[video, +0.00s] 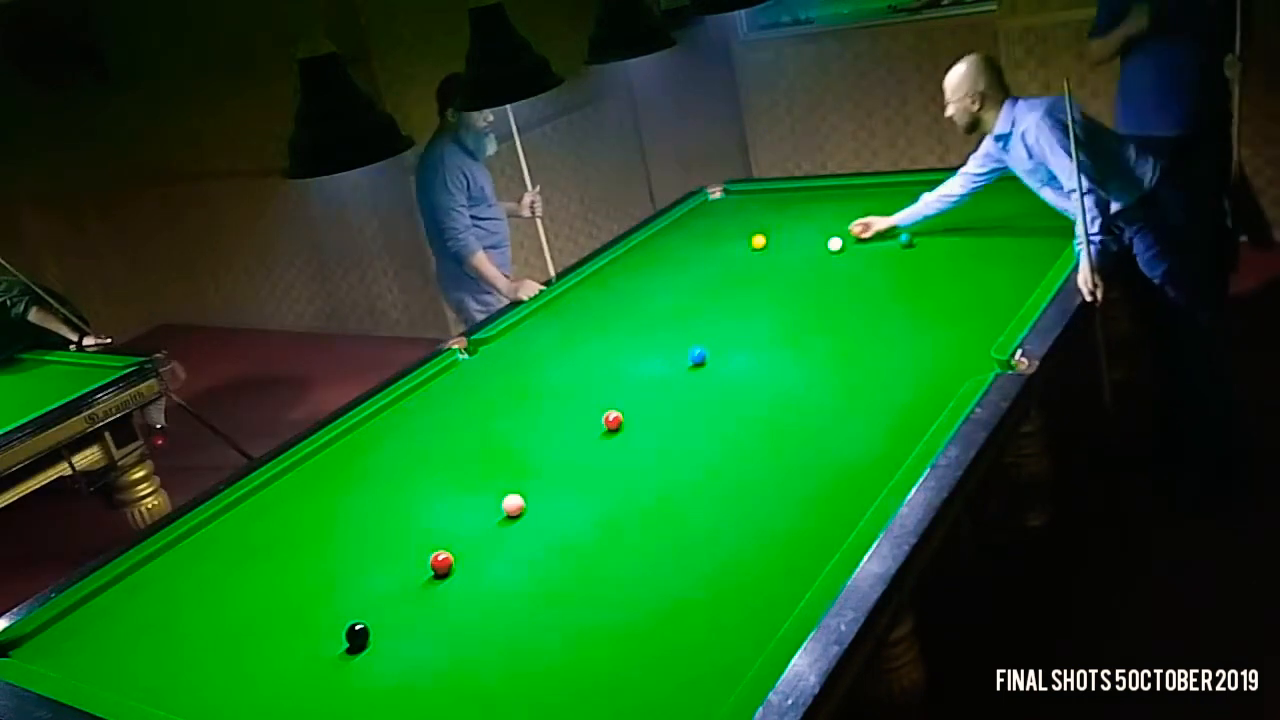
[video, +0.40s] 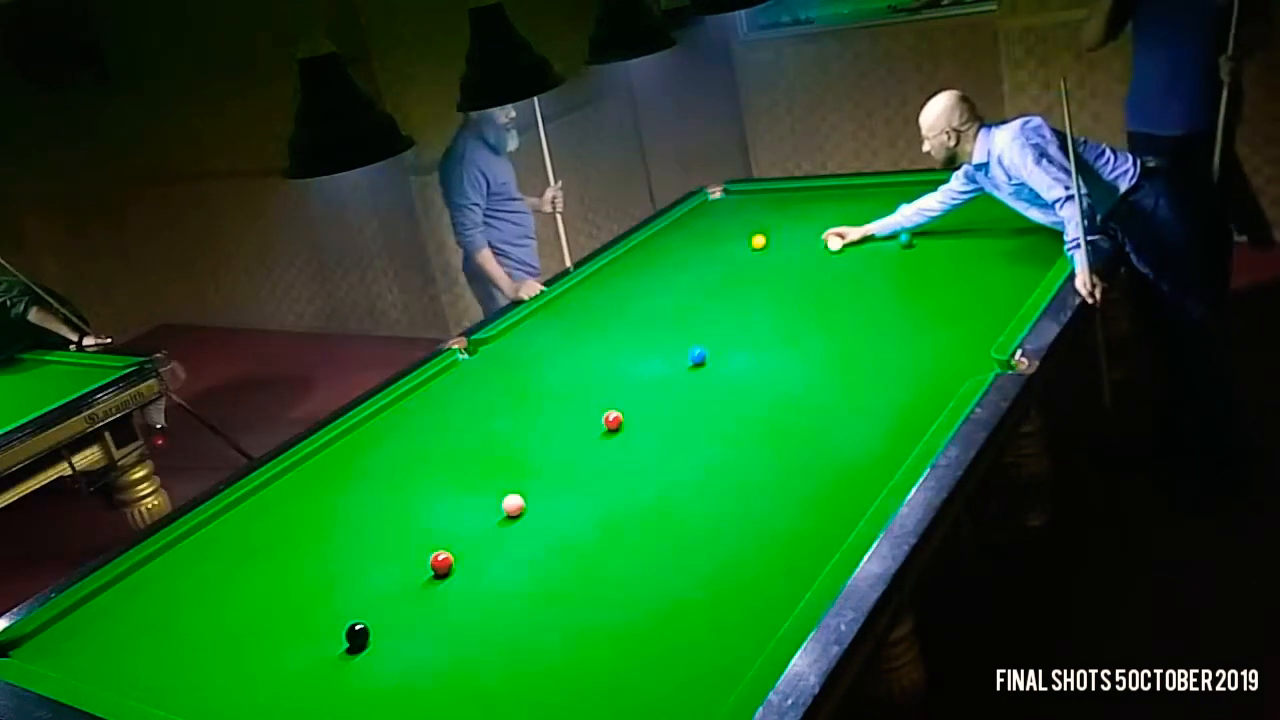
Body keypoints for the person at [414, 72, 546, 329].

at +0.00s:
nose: (490, 118)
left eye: (489, 110)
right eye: (479, 112)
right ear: (452, 116)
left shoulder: (460, 150)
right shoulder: (443, 161)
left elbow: (476, 208)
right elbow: (458, 240)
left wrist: (516, 208)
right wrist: (507, 286)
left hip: (488, 281)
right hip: (474, 288)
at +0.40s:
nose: (512, 115)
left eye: (511, 106)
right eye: (502, 108)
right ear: (476, 113)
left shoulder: (488, 147)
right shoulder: (464, 160)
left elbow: (500, 200)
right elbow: (470, 236)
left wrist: (538, 204)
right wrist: (510, 287)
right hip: (496, 277)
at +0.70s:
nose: (531, 107)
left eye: (530, 98)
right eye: (520, 100)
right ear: (497, 107)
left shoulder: (508, 138)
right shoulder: (486, 154)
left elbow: (521, 192)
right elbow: (478, 228)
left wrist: (557, 196)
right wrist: (512, 286)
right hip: (536, 282)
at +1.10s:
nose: (561, 98)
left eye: (559, 88)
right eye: (550, 91)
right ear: (528, 99)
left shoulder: (540, 130)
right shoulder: (512, 143)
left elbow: (545, 191)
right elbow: (512, 219)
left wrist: (581, 190)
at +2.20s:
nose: (714, 137)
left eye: (716, 128)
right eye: (705, 129)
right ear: (678, 125)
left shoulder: (662, 135)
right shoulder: (660, 160)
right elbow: (673, 231)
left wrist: (699, 191)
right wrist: (739, 252)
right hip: (587, 237)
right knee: (578, 316)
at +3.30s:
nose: (716, 141)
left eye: (718, 131)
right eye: (707, 133)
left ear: (684, 130)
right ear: (680, 131)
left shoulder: (670, 136)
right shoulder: (664, 166)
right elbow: (718, 222)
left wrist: (704, 182)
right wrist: (788, 241)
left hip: (626, 231)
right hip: (586, 239)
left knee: (615, 310)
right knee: (578, 317)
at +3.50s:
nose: (715, 140)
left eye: (718, 130)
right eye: (707, 132)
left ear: (683, 129)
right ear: (679, 130)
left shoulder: (669, 136)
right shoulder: (663, 165)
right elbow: (715, 224)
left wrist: (703, 181)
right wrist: (783, 242)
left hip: (626, 232)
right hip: (585, 240)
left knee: (616, 310)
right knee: (578, 317)